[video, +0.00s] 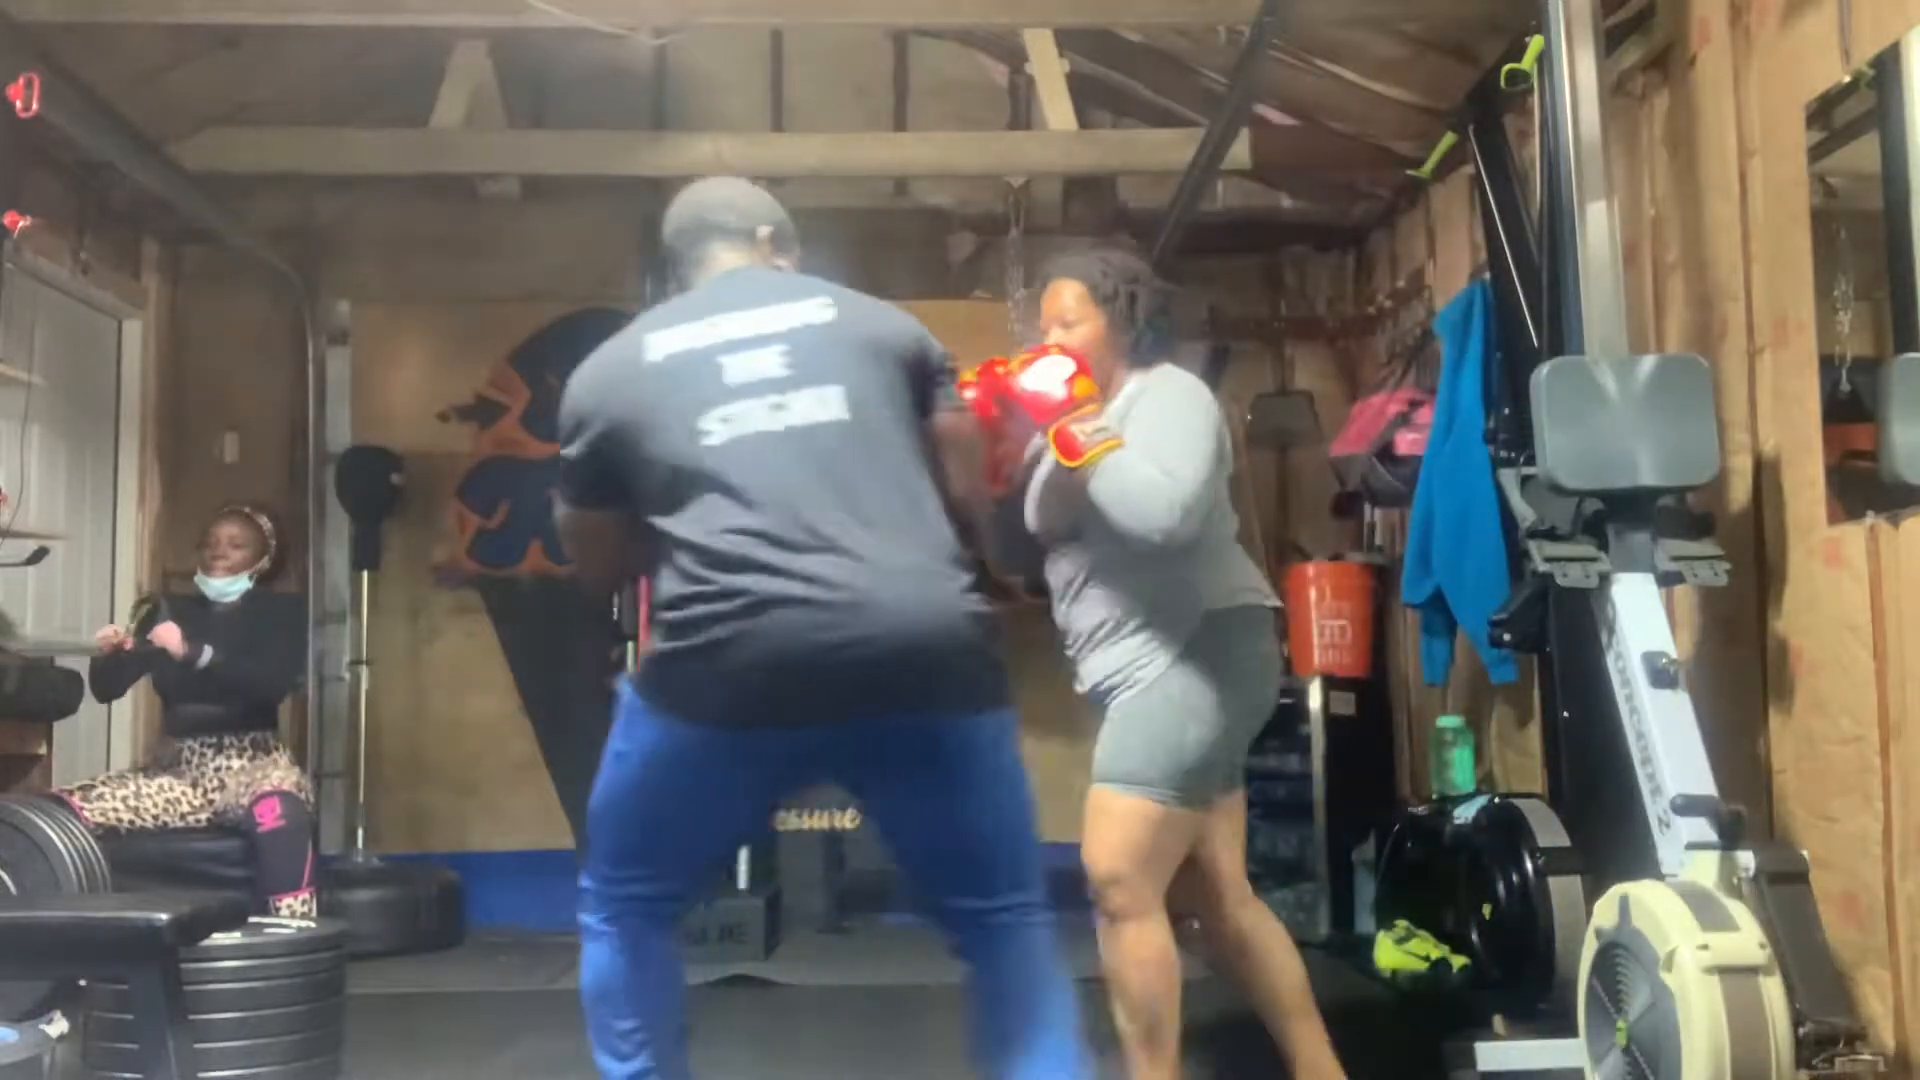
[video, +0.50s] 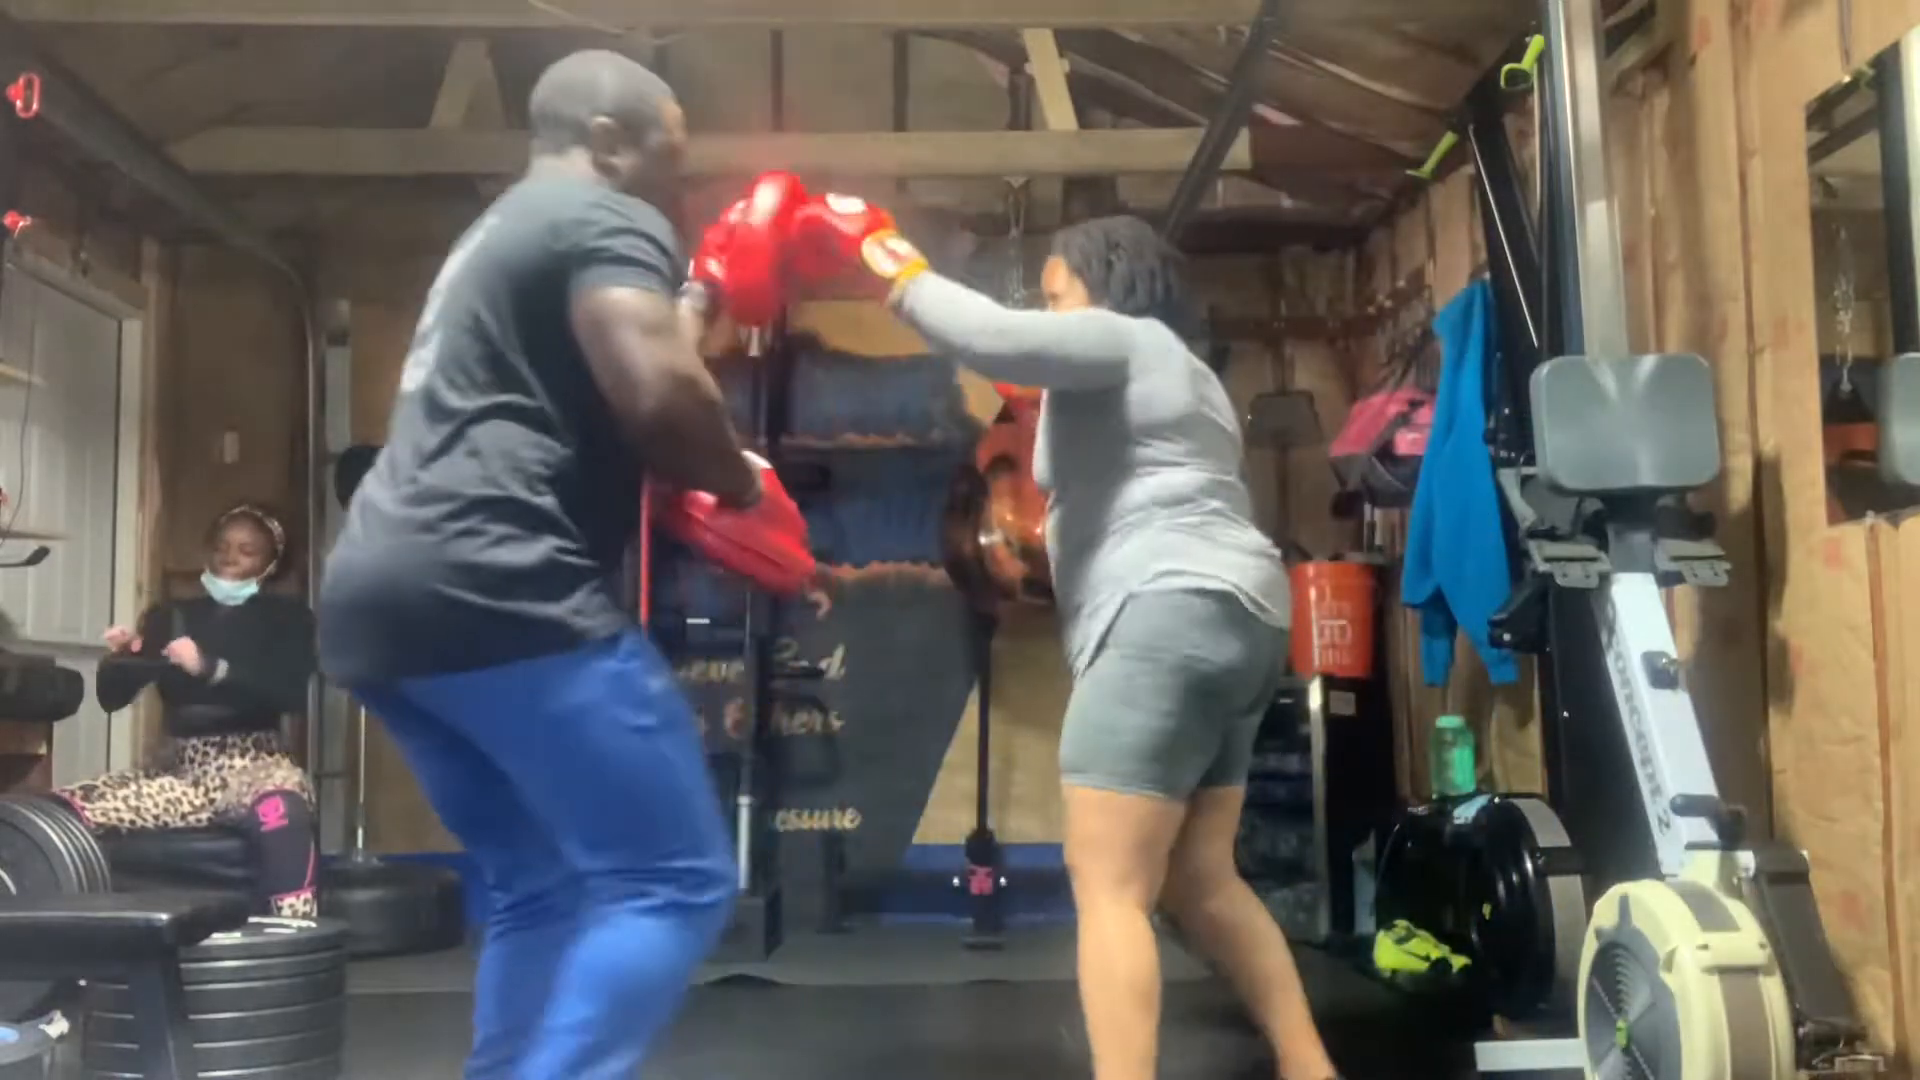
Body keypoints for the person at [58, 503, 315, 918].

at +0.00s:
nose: (217, 553)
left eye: (233, 545)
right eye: (210, 543)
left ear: (260, 560)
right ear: (201, 549)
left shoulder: (281, 611)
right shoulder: (172, 611)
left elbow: (273, 684)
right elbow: (106, 689)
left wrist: (193, 652)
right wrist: (107, 657)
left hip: (254, 769)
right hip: (175, 771)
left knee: (280, 813)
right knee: (61, 811)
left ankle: (296, 949)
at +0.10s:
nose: (221, 554)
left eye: (238, 547)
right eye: (215, 544)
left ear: (263, 565)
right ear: (204, 550)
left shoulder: (282, 612)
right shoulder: (174, 612)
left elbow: (286, 692)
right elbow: (108, 694)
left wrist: (209, 664)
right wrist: (112, 652)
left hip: (254, 770)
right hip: (175, 772)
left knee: (281, 810)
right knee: (61, 811)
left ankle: (296, 948)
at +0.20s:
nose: (225, 557)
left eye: (241, 550)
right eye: (217, 546)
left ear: (264, 565)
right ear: (205, 553)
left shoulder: (286, 618)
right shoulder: (180, 614)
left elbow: (304, 712)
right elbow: (127, 713)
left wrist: (239, 681)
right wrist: (127, 673)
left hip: (254, 770)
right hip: (177, 771)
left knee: (282, 811)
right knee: (59, 810)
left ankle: (296, 948)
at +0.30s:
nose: (226, 559)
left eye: (242, 551)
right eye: (218, 547)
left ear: (266, 565)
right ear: (206, 552)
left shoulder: (288, 619)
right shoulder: (179, 615)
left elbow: (308, 721)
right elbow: (144, 723)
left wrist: (251, 693)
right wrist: (140, 684)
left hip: (256, 767)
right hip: (177, 770)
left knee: (281, 812)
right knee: (60, 809)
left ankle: (297, 948)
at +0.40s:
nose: (229, 560)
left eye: (245, 551)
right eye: (221, 548)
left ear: (268, 565)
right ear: (208, 552)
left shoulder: (290, 620)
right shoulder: (178, 616)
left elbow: (303, 713)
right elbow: (130, 718)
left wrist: (237, 683)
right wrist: (136, 669)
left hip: (261, 770)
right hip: (180, 771)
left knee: (280, 813)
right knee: (62, 810)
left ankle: (296, 947)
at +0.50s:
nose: (231, 558)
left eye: (247, 550)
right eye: (223, 546)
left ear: (269, 564)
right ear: (210, 549)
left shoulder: (286, 615)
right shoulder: (174, 615)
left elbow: (289, 692)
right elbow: (111, 697)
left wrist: (209, 668)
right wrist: (121, 659)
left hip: (257, 769)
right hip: (177, 772)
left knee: (283, 811)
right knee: (60, 810)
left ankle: (296, 945)